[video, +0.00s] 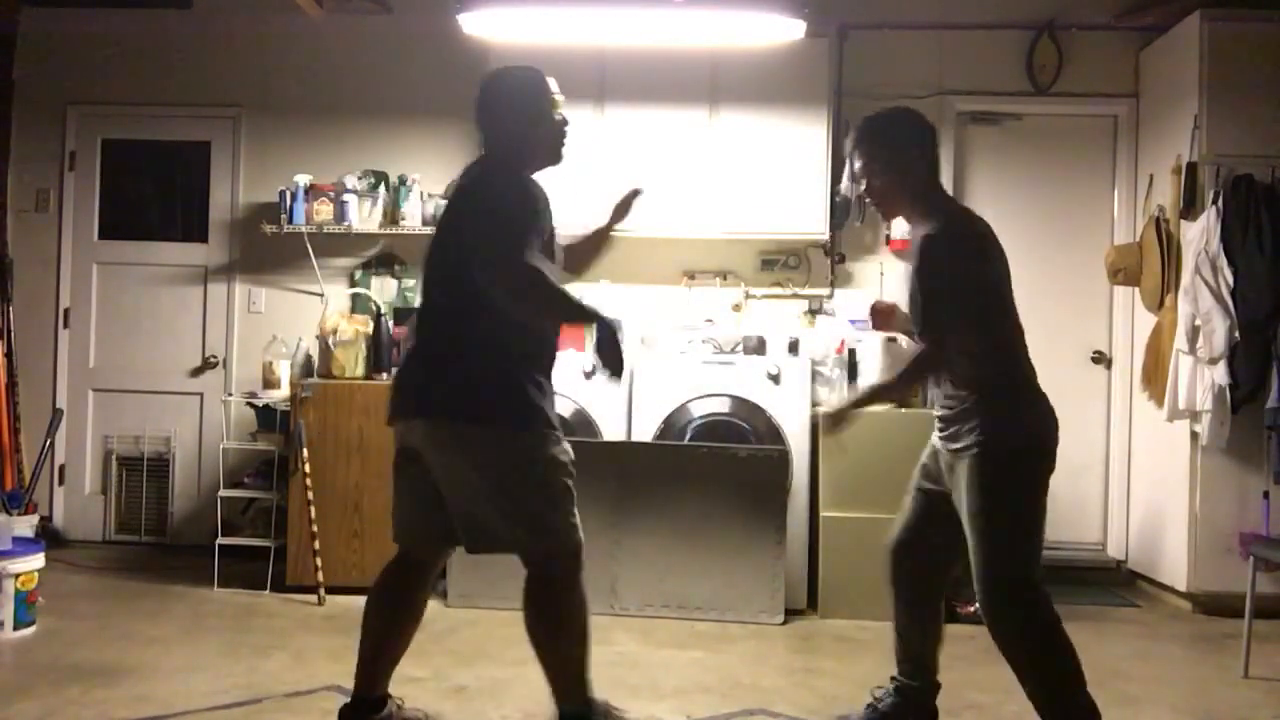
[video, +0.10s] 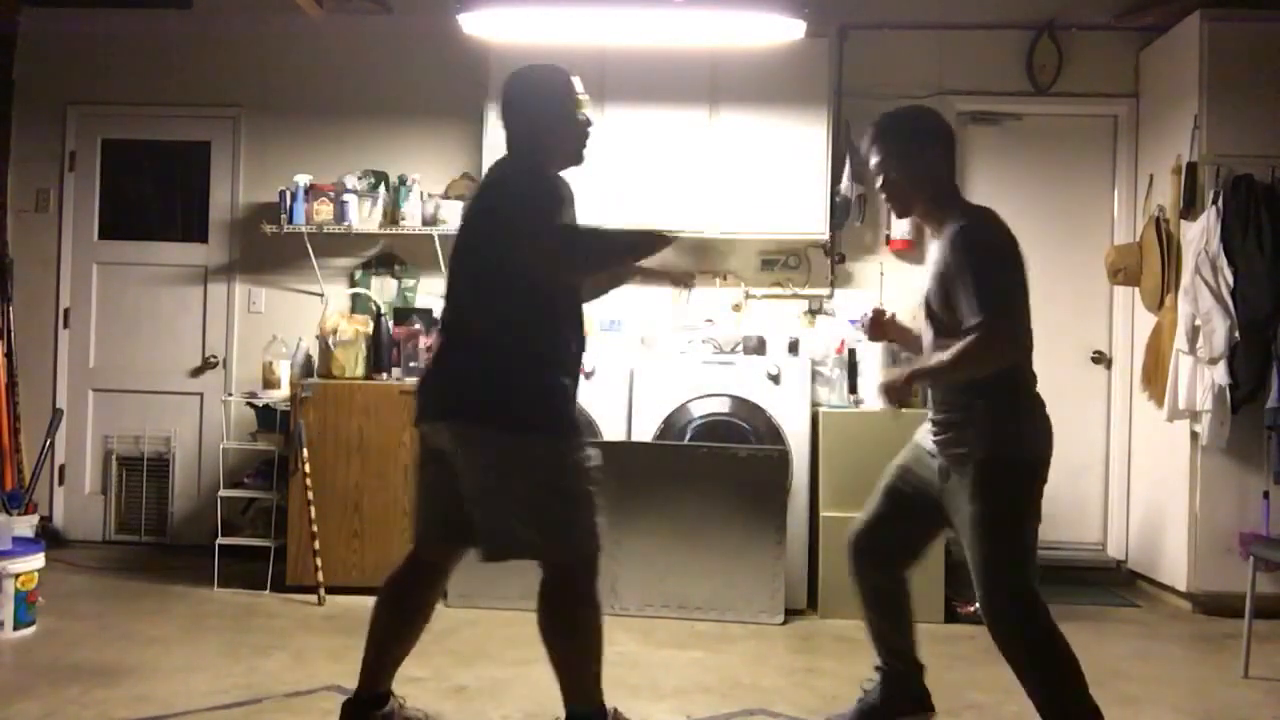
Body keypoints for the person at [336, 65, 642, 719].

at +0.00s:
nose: (567, 117)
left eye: (562, 106)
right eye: (554, 106)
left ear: (505, 123)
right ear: (518, 119)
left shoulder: (477, 187)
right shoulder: (512, 187)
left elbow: (559, 264)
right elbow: (505, 270)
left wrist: (610, 227)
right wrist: (595, 321)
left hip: (428, 401)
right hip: (496, 405)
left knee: (417, 556)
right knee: (555, 555)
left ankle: (367, 701)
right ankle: (576, 706)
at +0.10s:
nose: (589, 120)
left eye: (584, 108)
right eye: (576, 108)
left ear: (524, 122)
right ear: (543, 118)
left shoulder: (497, 188)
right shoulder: (536, 182)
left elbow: (553, 290)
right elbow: (553, 260)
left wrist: (625, 267)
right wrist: (647, 241)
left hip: (450, 402)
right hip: (520, 406)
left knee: (431, 555)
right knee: (571, 559)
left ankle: (368, 700)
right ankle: (587, 710)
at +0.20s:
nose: (612, 118)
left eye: (607, 105)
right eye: (600, 105)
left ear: (542, 118)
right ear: (568, 115)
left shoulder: (515, 188)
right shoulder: (571, 184)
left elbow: (537, 296)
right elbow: (658, 222)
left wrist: (624, 304)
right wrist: (759, 170)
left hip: (467, 398)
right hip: (545, 403)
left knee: (467, 549)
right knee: (585, 558)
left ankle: (378, 685)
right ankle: (590, 713)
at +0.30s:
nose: (626, 120)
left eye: (622, 106)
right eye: (615, 107)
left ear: (553, 116)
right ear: (584, 115)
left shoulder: (525, 185)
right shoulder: (602, 183)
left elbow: (536, 300)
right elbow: (708, 198)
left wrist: (625, 307)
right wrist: (821, 167)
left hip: (474, 399)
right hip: (549, 408)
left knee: (486, 538)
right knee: (594, 555)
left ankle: (400, 670)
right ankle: (592, 711)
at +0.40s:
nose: (629, 119)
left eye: (625, 106)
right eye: (617, 106)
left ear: (556, 114)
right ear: (586, 114)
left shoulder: (529, 178)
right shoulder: (597, 182)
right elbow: (684, 231)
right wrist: (811, 216)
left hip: (479, 396)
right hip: (555, 405)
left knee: (480, 538)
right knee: (597, 554)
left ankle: (397, 665)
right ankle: (593, 712)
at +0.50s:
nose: (619, 120)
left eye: (614, 106)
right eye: (606, 106)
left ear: (551, 115)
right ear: (571, 114)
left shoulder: (521, 180)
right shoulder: (577, 187)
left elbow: (569, 252)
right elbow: (608, 276)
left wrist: (622, 215)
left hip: (475, 396)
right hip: (552, 405)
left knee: (469, 537)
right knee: (599, 553)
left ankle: (381, 669)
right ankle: (594, 711)